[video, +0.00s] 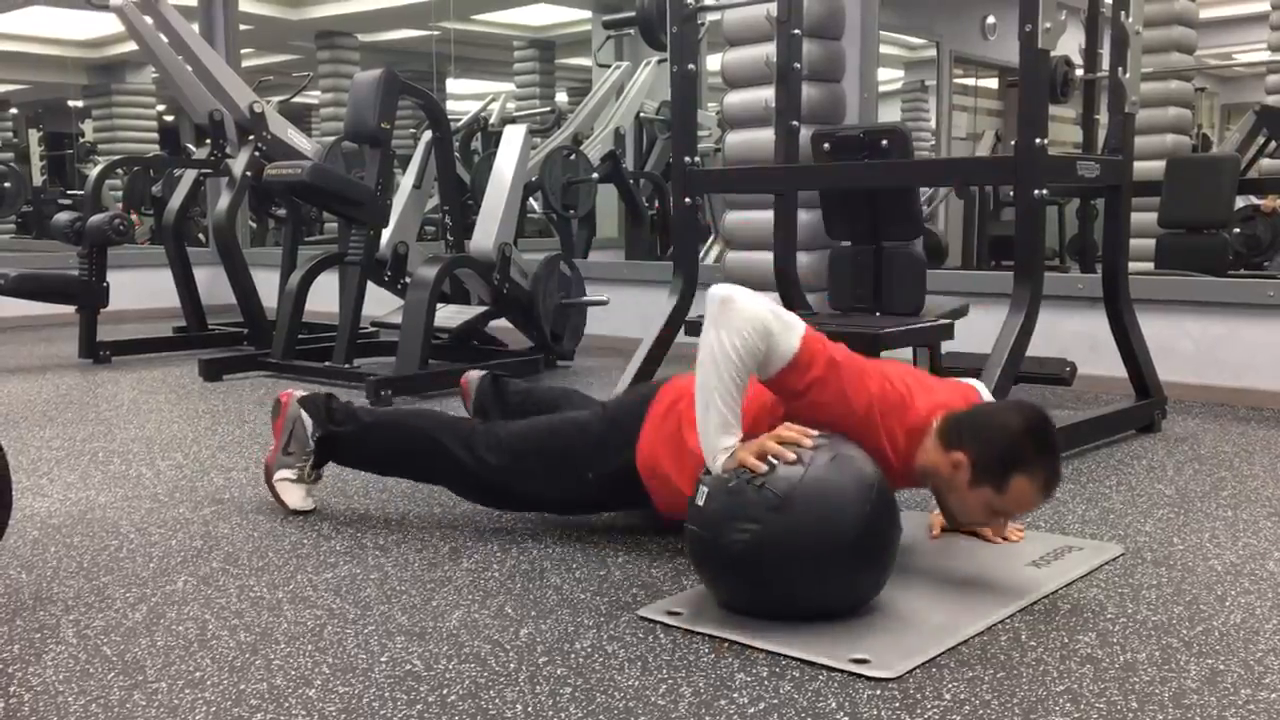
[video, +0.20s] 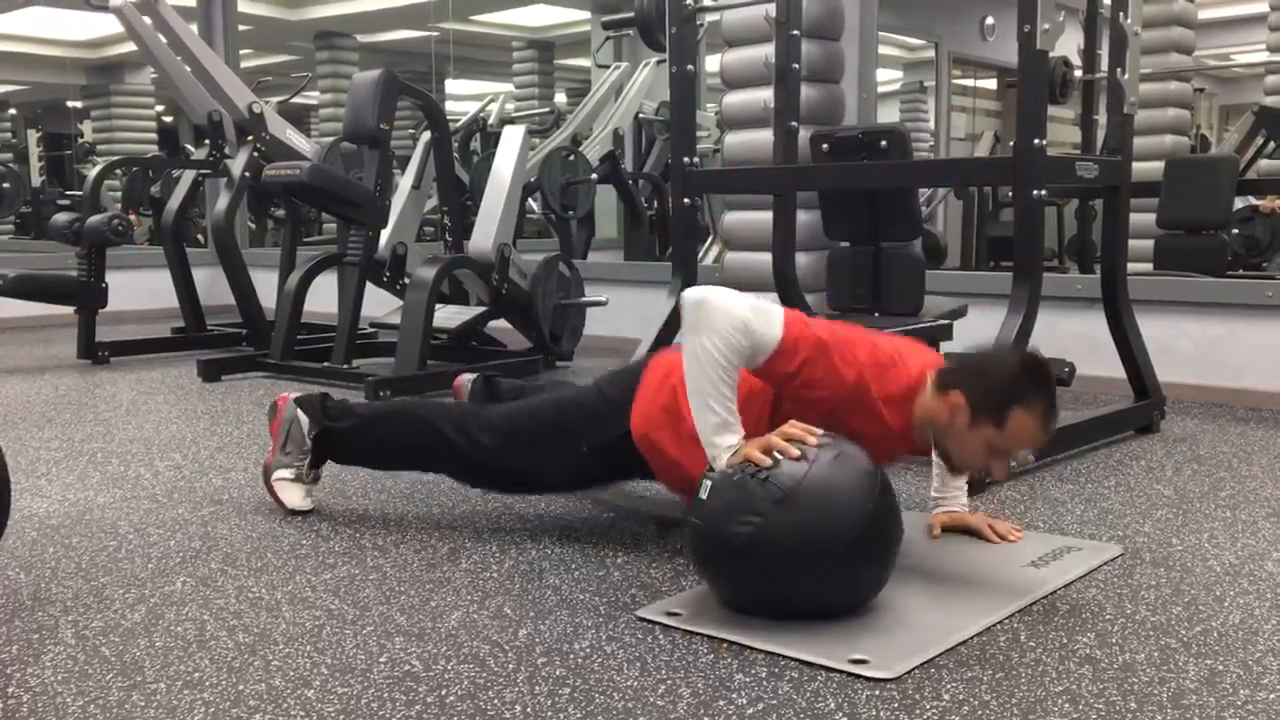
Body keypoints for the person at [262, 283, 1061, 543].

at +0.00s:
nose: (995, 525)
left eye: (1010, 519)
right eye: (991, 512)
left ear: (970, 460)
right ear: (947, 459)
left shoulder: (959, 418)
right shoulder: (867, 401)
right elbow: (732, 308)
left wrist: (954, 509)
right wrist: (725, 442)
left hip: (692, 452)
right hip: (657, 437)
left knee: (579, 422)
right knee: (488, 462)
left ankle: (483, 381)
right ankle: (319, 420)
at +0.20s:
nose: (993, 471)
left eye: (1011, 464)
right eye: (995, 452)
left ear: (984, 416)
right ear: (958, 403)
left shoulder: (933, 388)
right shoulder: (865, 373)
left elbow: (940, 429)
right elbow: (709, 308)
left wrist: (950, 500)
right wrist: (724, 448)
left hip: (695, 415)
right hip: (655, 399)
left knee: (554, 419)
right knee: (488, 443)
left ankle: (469, 388)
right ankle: (316, 424)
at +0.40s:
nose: (967, 306)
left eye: (981, 292)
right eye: (961, 284)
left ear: (970, 273)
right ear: (912, 242)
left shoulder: (918, 300)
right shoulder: (817, 242)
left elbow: (935, 394)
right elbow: (672, 331)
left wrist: (944, 496)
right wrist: (780, 412)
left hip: (657, 356)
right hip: (609, 307)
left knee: (525, 386)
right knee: (460, 382)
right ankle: (301, 421)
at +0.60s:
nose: (926, 244)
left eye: (938, 231)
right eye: (924, 223)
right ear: (881, 178)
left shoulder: (879, 196)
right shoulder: (781, 203)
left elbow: (918, 280)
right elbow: (676, 337)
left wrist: (955, 367)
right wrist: (794, 390)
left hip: (642, 317)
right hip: (586, 305)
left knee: (524, 376)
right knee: (445, 388)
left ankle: (478, 419)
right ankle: (291, 426)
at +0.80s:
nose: (951, 444)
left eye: (969, 431)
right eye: (954, 425)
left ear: (948, 362)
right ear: (919, 382)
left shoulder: (902, 313)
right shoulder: (808, 369)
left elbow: (889, 273)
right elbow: (673, 457)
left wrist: (863, 385)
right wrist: (698, 603)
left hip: (646, 340)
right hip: (595, 393)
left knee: (496, 400)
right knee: (442, 437)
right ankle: (290, 426)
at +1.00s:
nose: (938, 552)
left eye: (958, 548)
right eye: (944, 538)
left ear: (946, 443)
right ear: (914, 479)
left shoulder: (899, 382)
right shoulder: (811, 458)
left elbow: (883, 288)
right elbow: (674, 476)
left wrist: (890, 428)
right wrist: (693, 604)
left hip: (661, 420)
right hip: (607, 471)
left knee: (567, 429)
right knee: (451, 475)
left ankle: (489, 399)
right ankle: (298, 425)